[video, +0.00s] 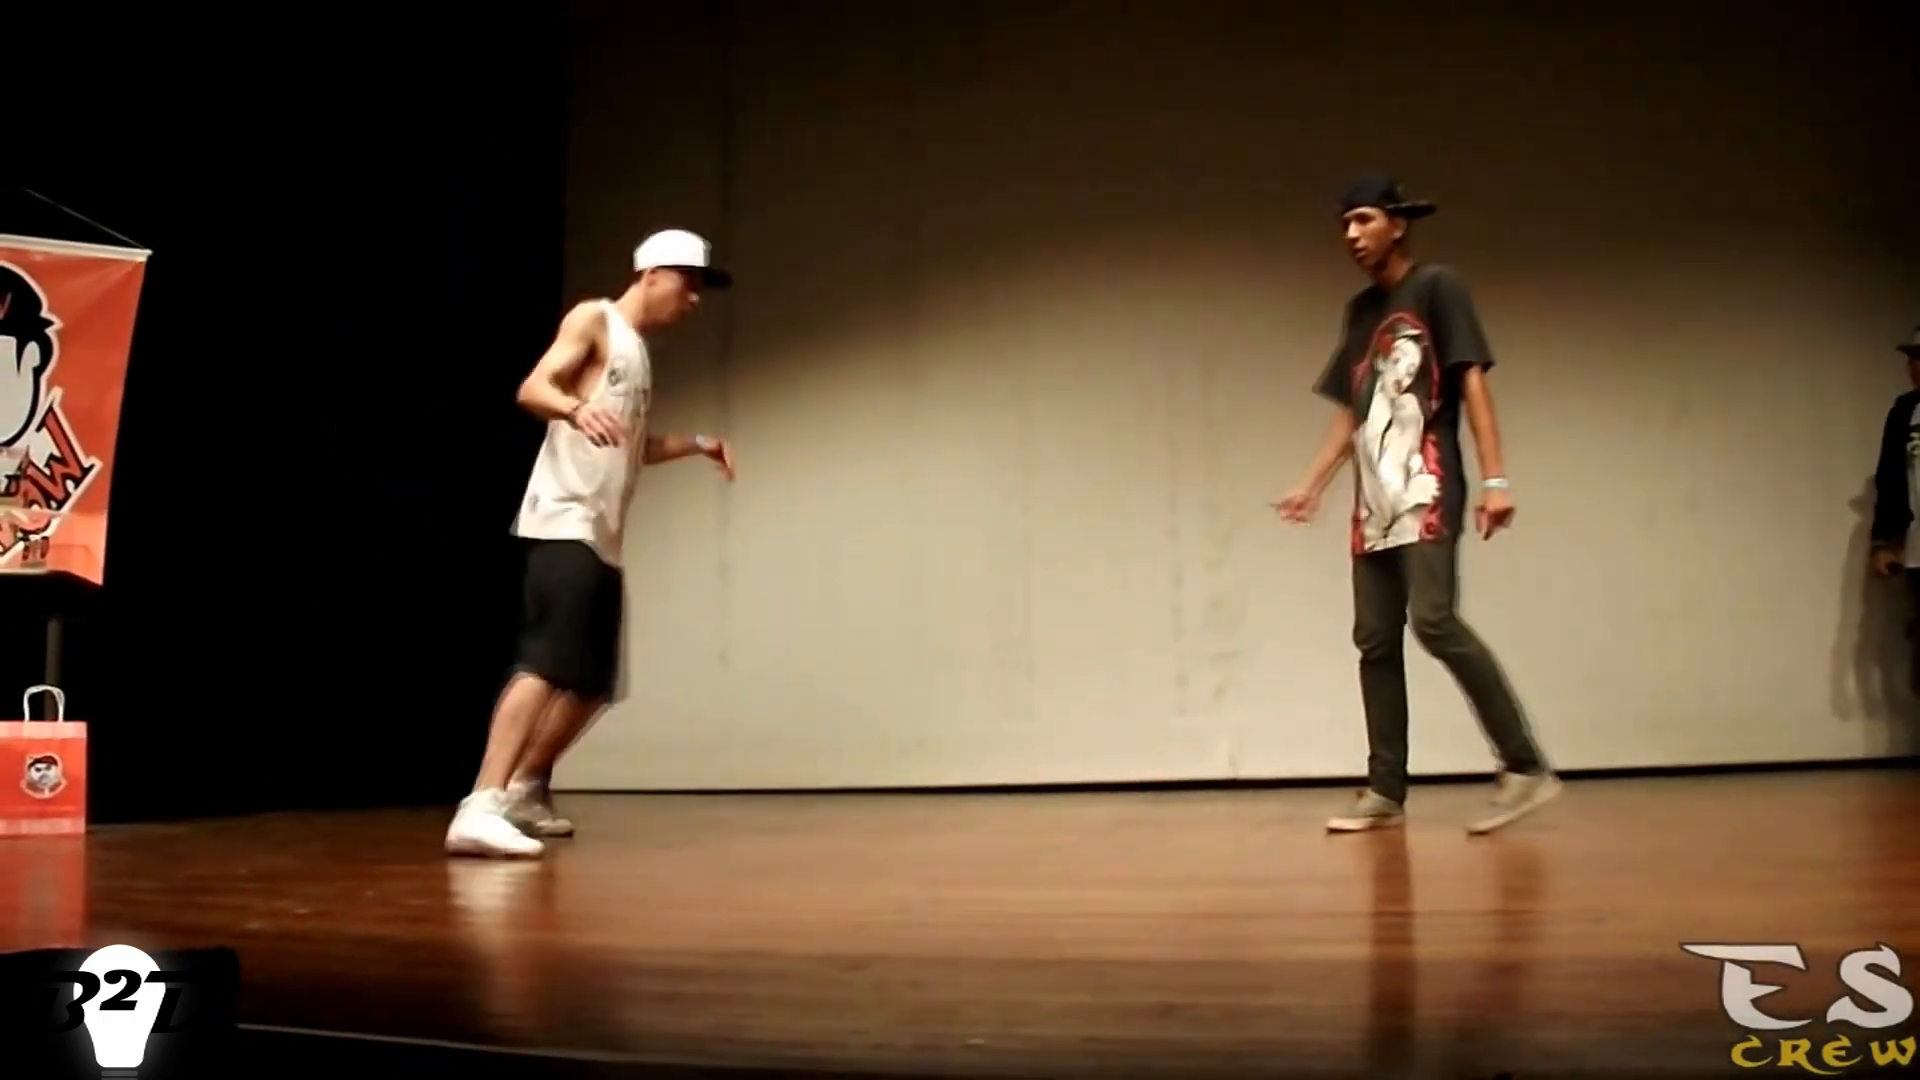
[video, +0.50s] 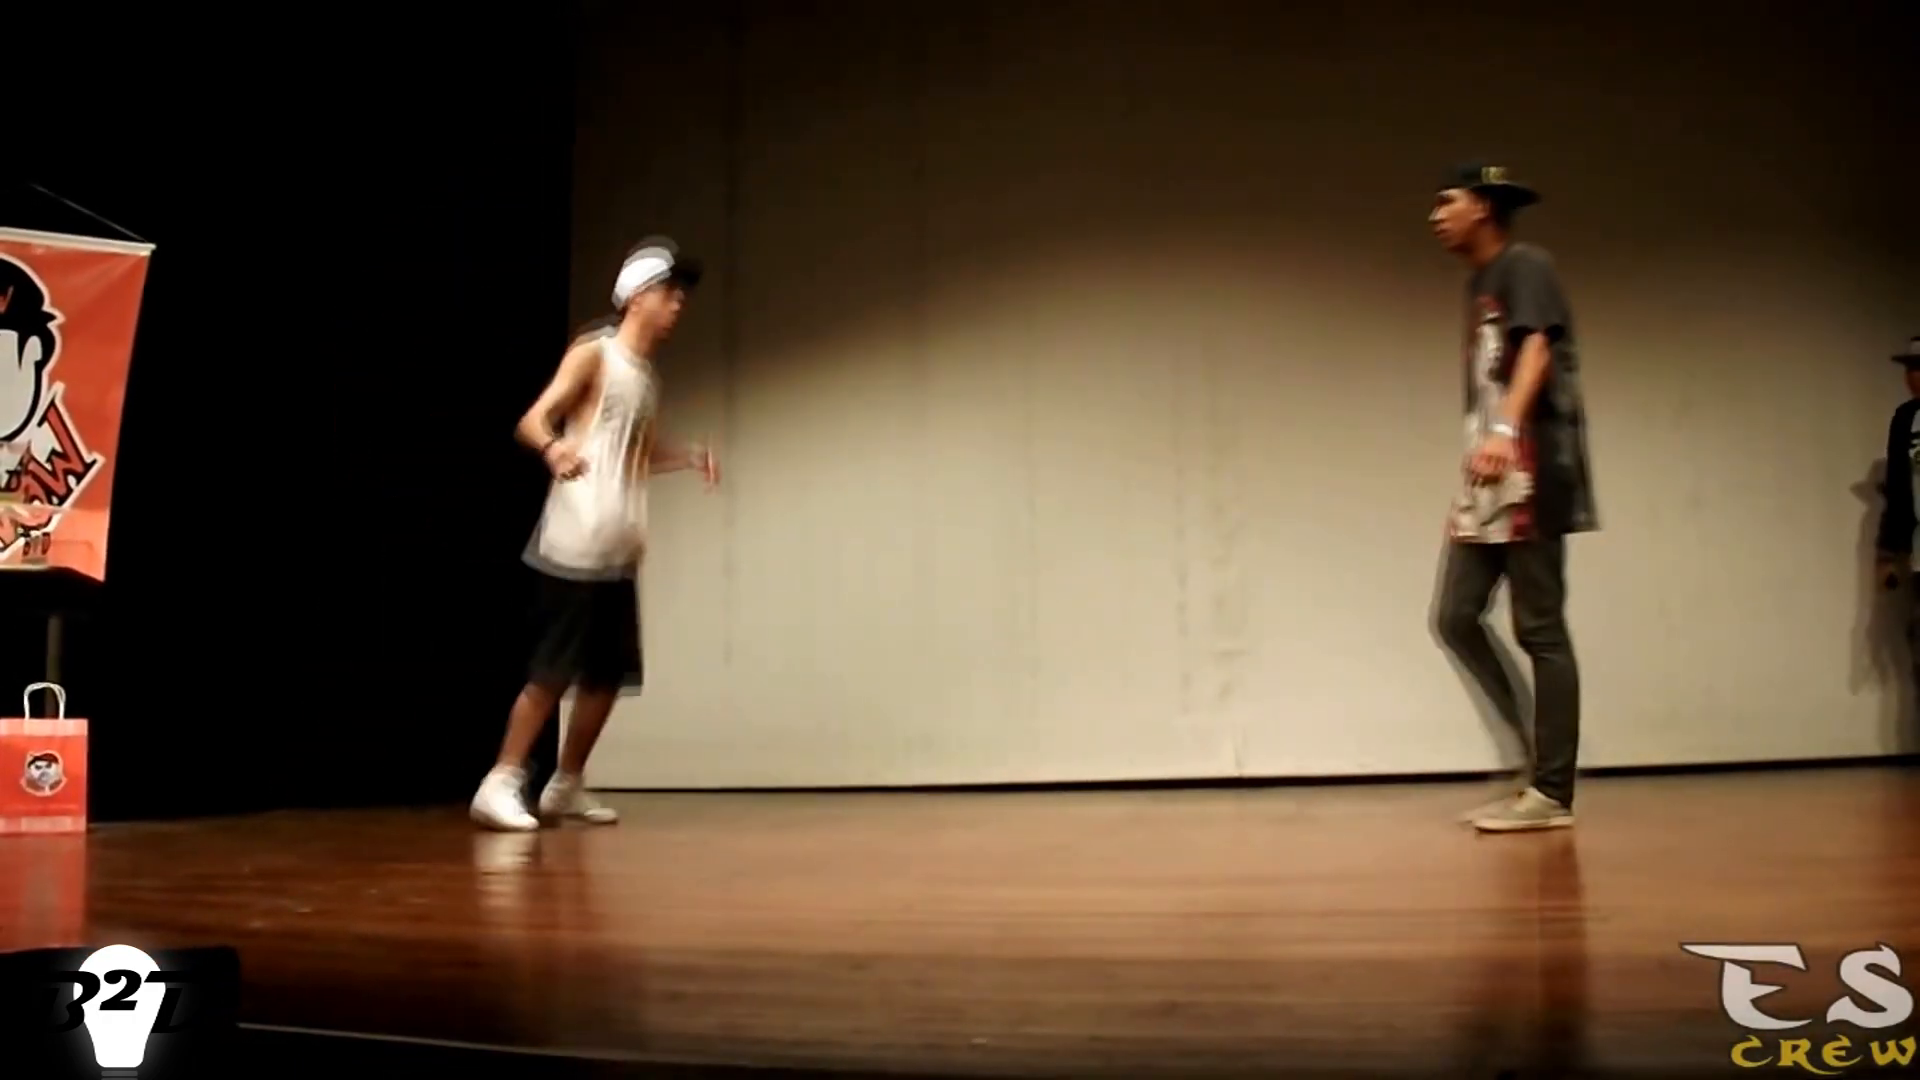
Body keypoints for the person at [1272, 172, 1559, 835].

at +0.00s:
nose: (1353, 233)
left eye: (1364, 220)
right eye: (1347, 224)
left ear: (1398, 225)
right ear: (1346, 236)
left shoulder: (1437, 287)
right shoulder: (1360, 309)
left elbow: (1472, 383)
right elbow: (1350, 413)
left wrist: (1494, 479)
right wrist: (1311, 483)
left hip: (1428, 493)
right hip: (1372, 502)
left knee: (1435, 623)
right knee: (1375, 641)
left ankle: (1528, 769)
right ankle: (1385, 793)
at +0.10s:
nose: (1359, 231)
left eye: (1369, 218)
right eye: (1356, 221)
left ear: (1408, 221)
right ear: (1372, 231)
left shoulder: (1452, 285)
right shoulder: (1380, 305)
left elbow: (1485, 383)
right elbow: (1374, 414)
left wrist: (1498, 481)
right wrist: (1354, 495)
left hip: (1443, 496)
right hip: (1384, 502)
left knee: (1454, 626)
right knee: (1380, 640)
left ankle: (1541, 779)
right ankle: (1388, 792)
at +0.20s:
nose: (1376, 229)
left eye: (1387, 216)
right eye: (1374, 218)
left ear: (1425, 220)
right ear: (1390, 229)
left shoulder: (1471, 283)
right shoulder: (1402, 304)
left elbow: (1498, 378)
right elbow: (1403, 410)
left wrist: (1496, 473)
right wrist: (1393, 501)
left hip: (1464, 494)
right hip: (1409, 499)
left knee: (1477, 630)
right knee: (1397, 639)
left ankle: (1543, 784)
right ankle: (1392, 792)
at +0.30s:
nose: (1394, 224)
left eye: (1407, 212)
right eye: (1395, 214)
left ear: (1446, 219)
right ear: (1421, 226)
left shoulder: (1488, 278)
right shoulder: (1434, 298)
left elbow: (1512, 366)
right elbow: (1440, 403)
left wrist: (1492, 458)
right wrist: (1428, 496)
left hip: (1490, 486)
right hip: (1442, 488)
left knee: (1507, 631)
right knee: (1425, 635)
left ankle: (1550, 790)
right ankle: (1400, 790)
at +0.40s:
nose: (1414, 221)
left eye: (1426, 208)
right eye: (1415, 210)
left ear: (1464, 214)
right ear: (1443, 221)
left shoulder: (1505, 271)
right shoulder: (1459, 292)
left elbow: (1525, 354)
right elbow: (1465, 399)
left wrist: (1494, 432)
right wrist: (1449, 498)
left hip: (1515, 488)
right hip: (1469, 492)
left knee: (1528, 630)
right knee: (1440, 624)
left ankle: (1552, 790)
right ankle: (1451, 788)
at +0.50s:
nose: (1435, 214)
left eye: (1447, 203)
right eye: (1438, 204)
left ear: (1484, 209)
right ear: (1473, 213)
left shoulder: (1524, 268)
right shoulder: (1484, 285)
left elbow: (1537, 353)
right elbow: (1498, 382)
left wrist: (1502, 431)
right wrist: (1488, 461)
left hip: (1534, 481)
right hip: (1492, 481)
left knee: (1541, 629)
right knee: (1455, 619)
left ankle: (1553, 793)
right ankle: (1532, 761)